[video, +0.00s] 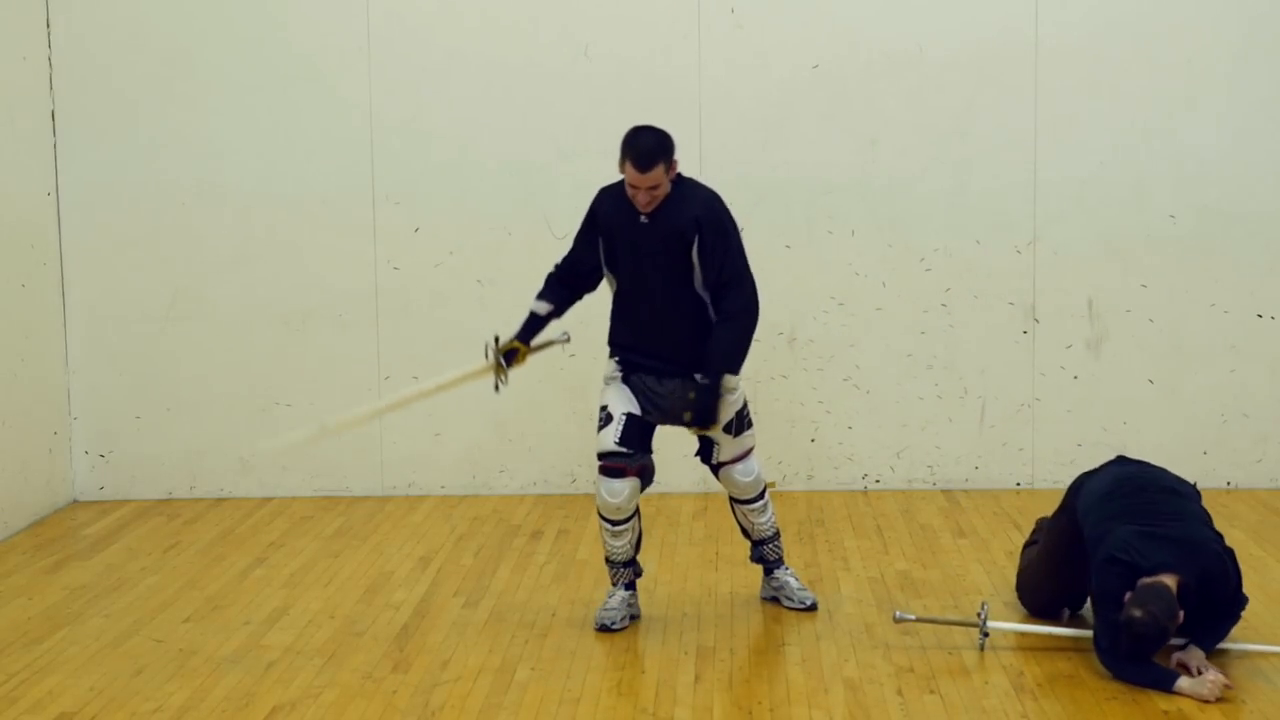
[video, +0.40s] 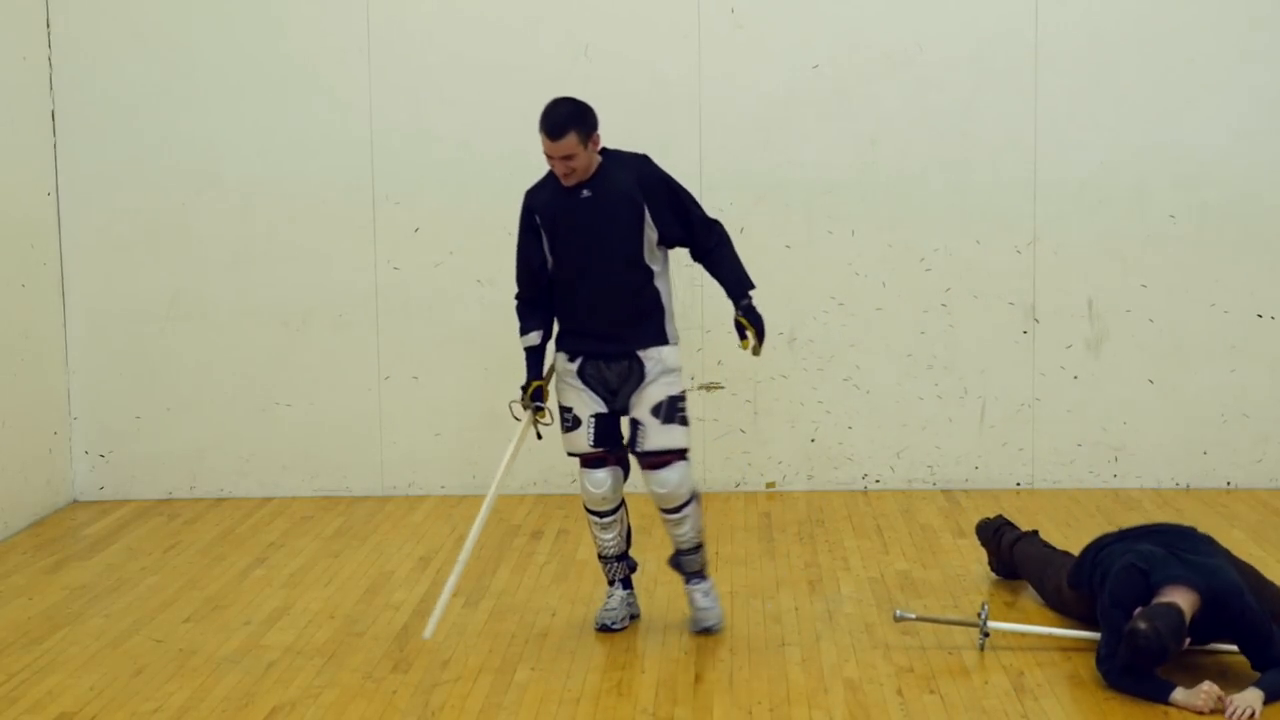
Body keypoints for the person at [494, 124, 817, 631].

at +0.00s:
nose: (642, 197)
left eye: (653, 187)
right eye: (633, 186)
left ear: (673, 170)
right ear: (620, 172)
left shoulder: (704, 210)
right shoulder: (609, 207)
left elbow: (740, 300)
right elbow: (575, 272)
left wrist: (715, 380)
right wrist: (525, 334)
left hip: (706, 368)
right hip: (633, 366)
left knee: (743, 474)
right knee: (614, 476)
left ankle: (775, 572)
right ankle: (623, 589)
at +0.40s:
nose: (558, 168)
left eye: (568, 157)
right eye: (550, 158)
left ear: (595, 141)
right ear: (543, 149)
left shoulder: (639, 177)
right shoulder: (540, 202)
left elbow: (703, 233)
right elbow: (532, 293)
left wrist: (743, 298)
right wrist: (535, 372)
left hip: (651, 354)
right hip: (579, 361)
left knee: (668, 477)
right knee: (598, 484)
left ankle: (698, 583)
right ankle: (619, 589)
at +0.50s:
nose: (547, 165)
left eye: (556, 154)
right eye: (539, 155)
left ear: (584, 139)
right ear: (533, 147)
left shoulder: (630, 177)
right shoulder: (531, 201)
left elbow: (691, 235)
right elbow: (522, 289)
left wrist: (728, 302)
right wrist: (528, 364)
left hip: (634, 351)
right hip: (567, 357)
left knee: (629, 477)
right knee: (590, 481)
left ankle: (645, 596)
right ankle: (617, 588)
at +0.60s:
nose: (536, 166)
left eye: (545, 155)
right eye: (529, 156)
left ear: (574, 140)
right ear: (522, 148)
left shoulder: (621, 180)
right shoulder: (523, 201)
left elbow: (678, 246)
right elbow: (512, 287)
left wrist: (709, 318)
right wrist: (519, 360)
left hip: (619, 353)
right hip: (556, 358)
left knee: (593, 478)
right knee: (586, 477)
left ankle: (583, 603)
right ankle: (617, 586)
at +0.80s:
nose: (515, 171)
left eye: (524, 159)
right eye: (508, 161)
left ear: (554, 146)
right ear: (502, 154)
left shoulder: (597, 194)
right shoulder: (503, 208)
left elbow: (645, 277)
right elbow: (493, 293)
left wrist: (648, 363)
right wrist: (494, 368)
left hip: (583, 362)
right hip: (526, 366)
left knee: (540, 485)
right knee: (576, 482)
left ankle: (508, 620)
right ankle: (619, 588)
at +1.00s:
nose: (490, 163)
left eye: (499, 152)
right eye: (484, 153)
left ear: (531, 138)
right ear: (478, 145)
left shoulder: (568, 195)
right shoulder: (478, 196)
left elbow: (592, 296)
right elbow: (466, 284)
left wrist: (564, 376)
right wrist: (464, 356)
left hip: (537, 364)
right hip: (484, 362)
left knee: (514, 491)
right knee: (517, 487)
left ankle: (503, 626)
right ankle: (597, 570)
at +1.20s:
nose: (454, 162)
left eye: (462, 151)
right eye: (448, 152)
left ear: (495, 137)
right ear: (444, 146)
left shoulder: (538, 195)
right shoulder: (447, 198)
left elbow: (562, 300)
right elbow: (441, 289)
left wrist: (505, 369)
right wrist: (436, 362)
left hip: (510, 372)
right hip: (450, 368)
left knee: (504, 499)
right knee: (432, 491)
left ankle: (503, 624)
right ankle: (513, 584)